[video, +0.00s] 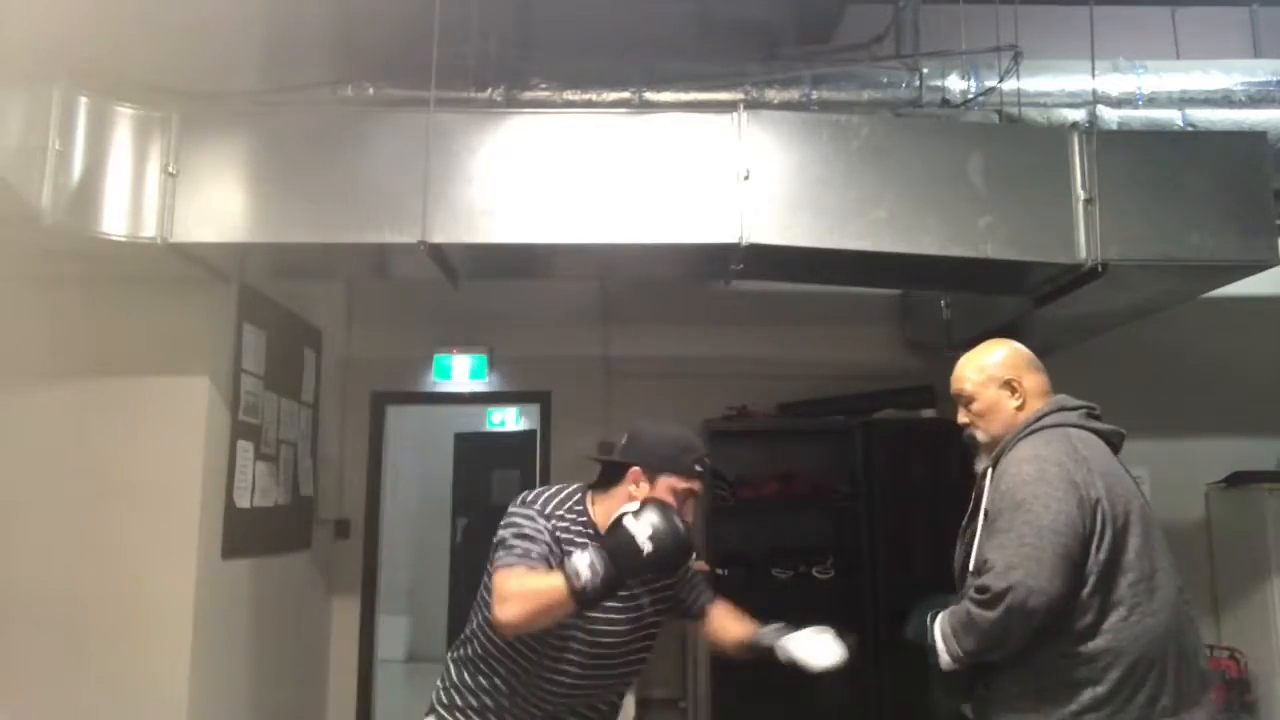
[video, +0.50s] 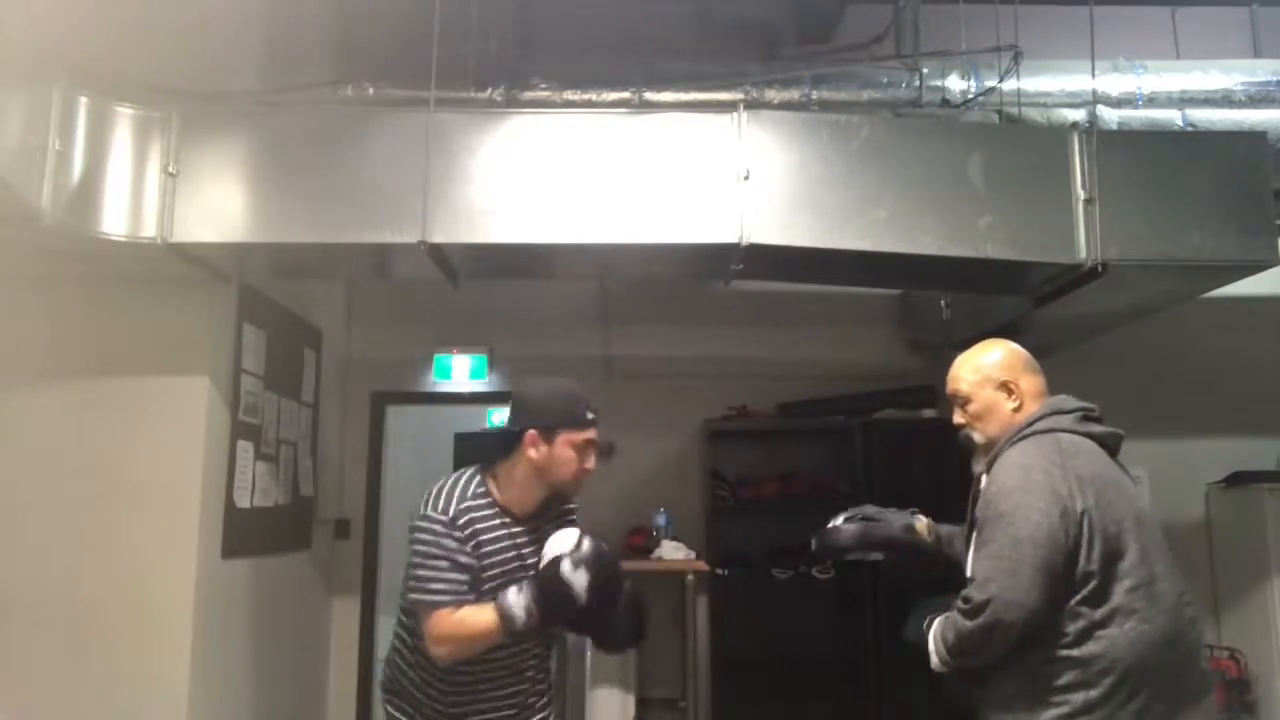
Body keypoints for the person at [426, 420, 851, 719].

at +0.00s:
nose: (688, 511)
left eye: (693, 499)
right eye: (682, 494)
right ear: (636, 480)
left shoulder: (667, 555)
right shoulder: (539, 511)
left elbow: (713, 616)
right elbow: (509, 612)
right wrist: (608, 562)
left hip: (585, 713)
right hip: (476, 710)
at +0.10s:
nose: (673, 506)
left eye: (677, 491)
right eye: (666, 487)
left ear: (621, 477)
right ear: (620, 474)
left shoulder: (632, 541)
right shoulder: (524, 515)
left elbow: (640, 624)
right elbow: (504, 623)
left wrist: (694, 657)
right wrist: (598, 576)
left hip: (580, 711)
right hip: (480, 710)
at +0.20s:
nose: (649, 491)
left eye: (653, 474)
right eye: (639, 471)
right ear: (593, 462)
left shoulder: (601, 531)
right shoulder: (498, 512)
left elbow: (602, 624)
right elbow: (490, 630)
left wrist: (643, 650)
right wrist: (590, 582)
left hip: (556, 710)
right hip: (465, 710)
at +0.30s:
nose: (624, 471)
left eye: (625, 457)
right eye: (615, 454)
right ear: (567, 447)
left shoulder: (578, 521)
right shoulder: (478, 505)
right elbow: (471, 629)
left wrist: (629, 618)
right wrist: (566, 585)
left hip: (521, 709)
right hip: (440, 710)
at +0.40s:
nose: (604, 462)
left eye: (605, 447)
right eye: (594, 444)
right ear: (547, 440)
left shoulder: (564, 514)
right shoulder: (458, 508)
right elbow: (457, 632)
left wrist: (619, 604)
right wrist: (551, 589)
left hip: (525, 709)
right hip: (435, 711)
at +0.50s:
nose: (592, 464)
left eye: (593, 449)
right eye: (582, 447)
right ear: (534, 444)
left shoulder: (557, 508)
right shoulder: (447, 509)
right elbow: (441, 641)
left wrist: (606, 609)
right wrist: (535, 601)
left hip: (529, 706)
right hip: (435, 709)